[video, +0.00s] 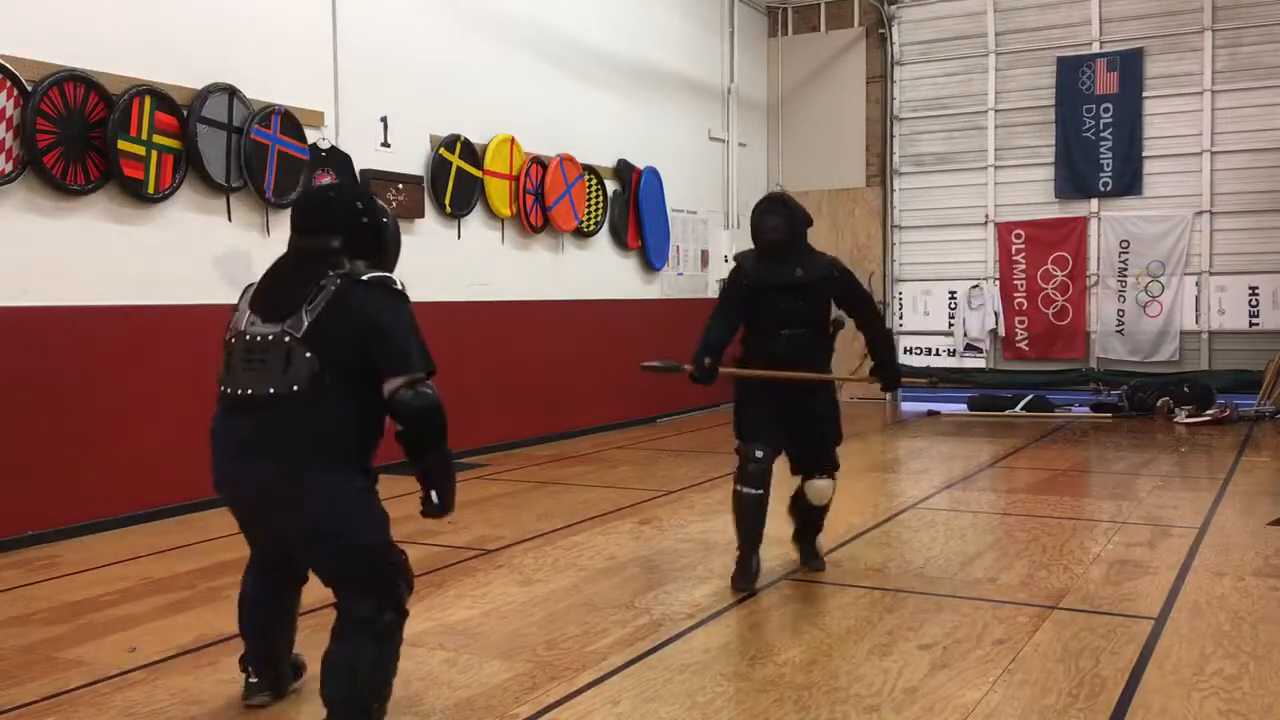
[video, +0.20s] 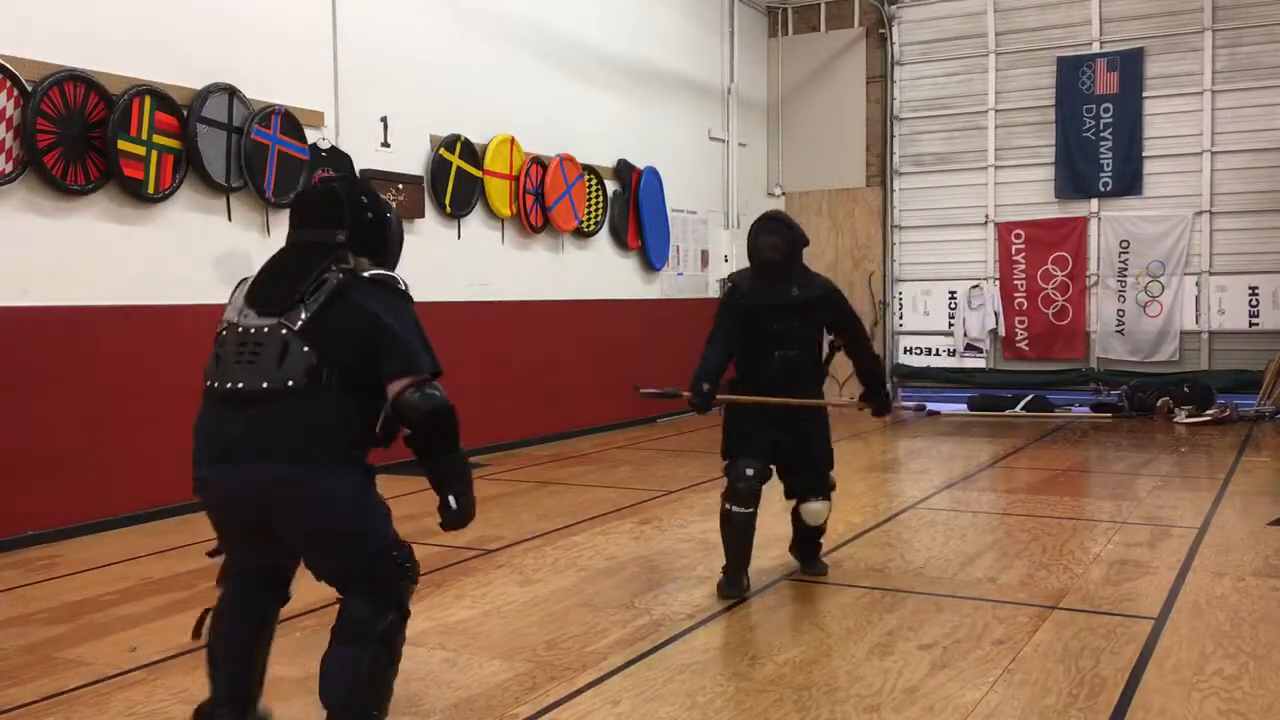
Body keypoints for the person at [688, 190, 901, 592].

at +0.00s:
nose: (772, 235)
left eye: (780, 226)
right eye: (764, 227)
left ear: (798, 227)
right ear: (754, 229)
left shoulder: (825, 271)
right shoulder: (747, 272)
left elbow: (868, 314)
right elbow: (724, 317)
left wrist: (886, 363)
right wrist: (707, 355)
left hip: (811, 386)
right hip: (759, 386)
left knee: (821, 478)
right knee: (753, 470)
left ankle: (807, 537)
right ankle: (747, 555)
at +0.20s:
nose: (769, 253)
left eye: (777, 245)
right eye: (762, 245)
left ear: (794, 247)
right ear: (750, 248)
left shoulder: (818, 291)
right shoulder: (740, 290)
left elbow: (856, 339)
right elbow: (721, 339)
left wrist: (875, 386)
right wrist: (704, 379)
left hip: (804, 407)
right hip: (750, 406)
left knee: (816, 496)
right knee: (742, 487)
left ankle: (807, 550)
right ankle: (735, 571)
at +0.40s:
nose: (772, 240)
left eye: (781, 232)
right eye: (764, 232)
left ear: (799, 236)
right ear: (754, 238)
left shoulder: (821, 282)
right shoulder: (745, 283)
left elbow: (861, 327)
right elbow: (726, 328)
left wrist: (885, 378)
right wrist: (714, 365)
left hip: (812, 398)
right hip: (759, 396)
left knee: (828, 493)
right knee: (754, 479)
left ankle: (808, 549)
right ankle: (739, 566)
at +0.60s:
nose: (773, 244)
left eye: (782, 236)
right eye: (765, 236)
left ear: (800, 239)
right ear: (754, 242)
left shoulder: (822, 286)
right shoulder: (745, 288)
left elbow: (861, 334)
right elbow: (728, 335)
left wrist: (885, 384)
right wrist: (716, 373)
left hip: (811, 404)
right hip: (756, 403)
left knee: (822, 496)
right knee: (745, 484)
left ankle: (806, 554)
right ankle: (740, 572)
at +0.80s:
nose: (757, 242)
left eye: (765, 232)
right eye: (748, 233)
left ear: (783, 233)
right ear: (737, 237)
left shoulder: (808, 280)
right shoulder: (728, 283)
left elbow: (845, 331)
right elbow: (707, 333)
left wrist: (869, 382)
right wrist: (697, 375)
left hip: (794, 403)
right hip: (739, 403)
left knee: (807, 487)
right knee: (727, 490)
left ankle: (807, 551)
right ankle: (707, 585)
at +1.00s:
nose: (737, 251)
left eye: (745, 241)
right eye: (728, 242)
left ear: (764, 240)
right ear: (716, 243)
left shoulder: (790, 285)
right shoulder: (707, 287)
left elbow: (823, 338)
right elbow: (686, 341)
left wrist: (842, 390)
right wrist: (676, 382)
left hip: (776, 407)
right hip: (719, 406)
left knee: (802, 502)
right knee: (716, 494)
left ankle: (776, 546)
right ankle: (698, 597)